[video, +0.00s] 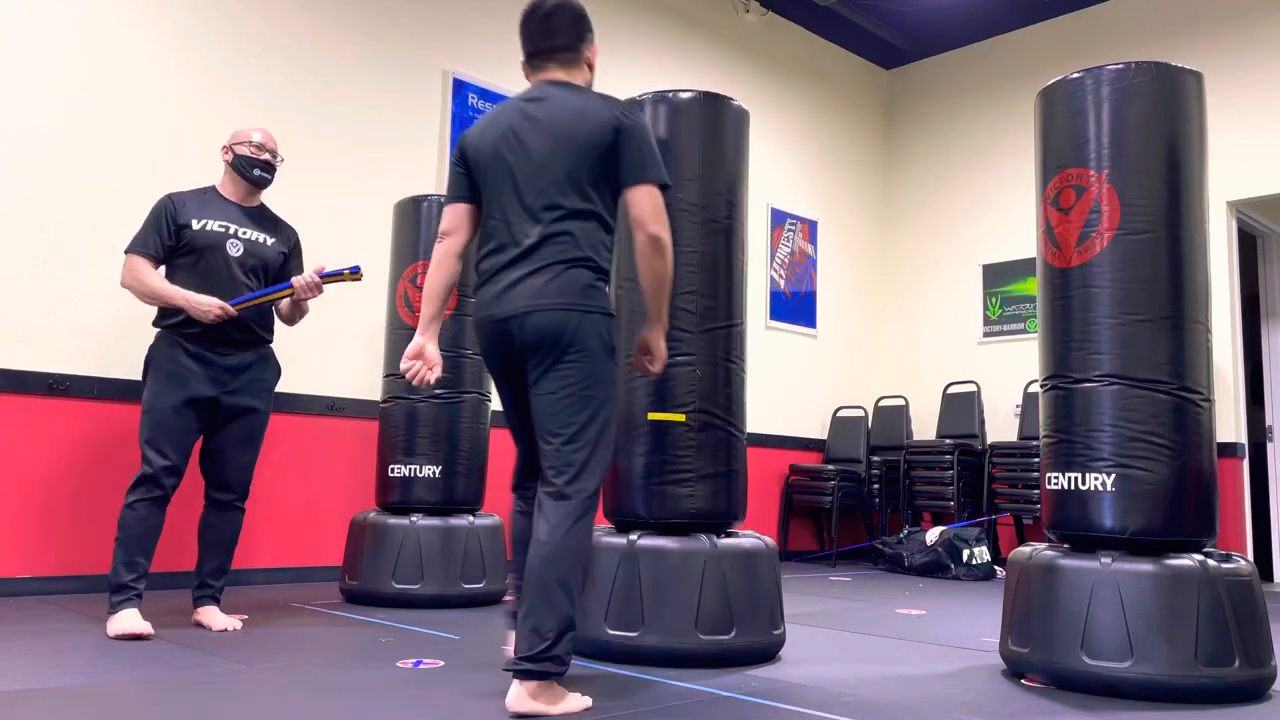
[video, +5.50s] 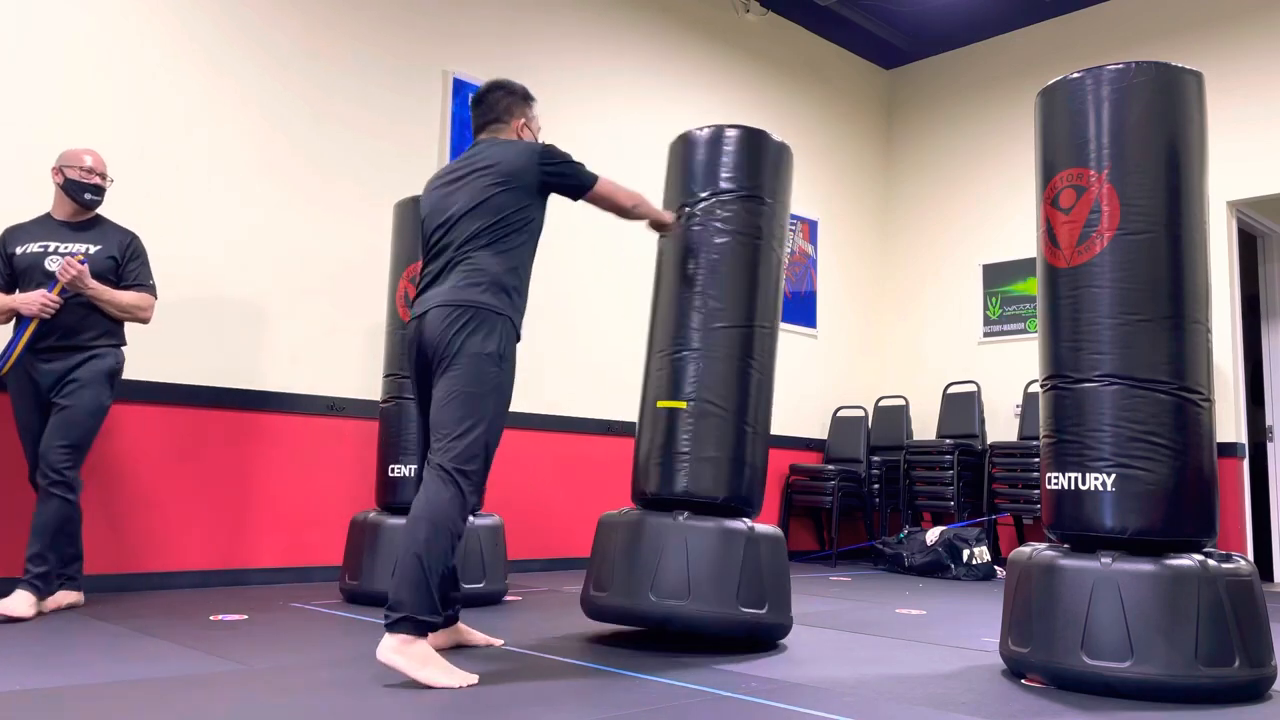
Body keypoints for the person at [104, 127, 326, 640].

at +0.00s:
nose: (264, 154)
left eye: (272, 151)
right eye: (254, 145)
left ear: (278, 169)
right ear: (227, 154)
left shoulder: (284, 236)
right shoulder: (179, 207)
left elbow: (290, 315)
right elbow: (134, 273)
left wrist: (301, 296)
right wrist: (189, 300)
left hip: (249, 372)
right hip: (181, 362)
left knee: (229, 491)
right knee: (157, 478)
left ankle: (208, 601)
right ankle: (125, 603)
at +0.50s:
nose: (213, 162)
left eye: (223, 156)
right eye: (205, 154)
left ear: (240, 165)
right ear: (189, 160)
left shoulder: (262, 233)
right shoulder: (153, 220)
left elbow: (277, 311)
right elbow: (111, 285)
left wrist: (262, 298)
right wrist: (139, 308)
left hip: (230, 372)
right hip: (160, 367)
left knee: (222, 487)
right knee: (134, 479)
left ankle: (207, 602)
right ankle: (124, 593)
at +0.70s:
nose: (148, 175)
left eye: (158, 167)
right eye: (145, 166)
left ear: (193, 167)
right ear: (142, 164)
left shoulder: (234, 230)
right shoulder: (126, 227)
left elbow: (254, 306)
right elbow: (89, 291)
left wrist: (229, 294)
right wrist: (107, 316)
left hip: (206, 370)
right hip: (137, 369)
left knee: (207, 485)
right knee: (128, 484)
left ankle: (206, 601)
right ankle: (125, 597)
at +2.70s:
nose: (223, 174)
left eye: (230, 170)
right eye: (213, 164)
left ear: (236, 184)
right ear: (187, 170)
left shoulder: (249, 240)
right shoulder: (142, 229)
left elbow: (270, 308)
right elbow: (113, 298)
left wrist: (218, 295)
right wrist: (154, 298)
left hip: (214, 374)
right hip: (148, 371)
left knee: (204, 485)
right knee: (136, 481)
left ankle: (189, 594)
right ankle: (126, 594)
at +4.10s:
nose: (153, 185)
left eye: (160, 181)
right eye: (144, 175)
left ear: (167, 192)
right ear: (119, 180)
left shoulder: (180, 249)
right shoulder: (75, 237)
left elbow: (193, 319)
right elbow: (42, 302)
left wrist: (150, 294)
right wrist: (79, 299)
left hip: (146, 383)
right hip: (79, 380)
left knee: (160, 482)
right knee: (72, 484)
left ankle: (176, 590)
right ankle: (70, 587)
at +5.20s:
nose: (104, 183)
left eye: (111, 178)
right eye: (94, 174)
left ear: (117, 189)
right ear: (66, 179)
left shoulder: (133, 244)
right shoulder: (25, 242)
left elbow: (155, 311)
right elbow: (3, 308)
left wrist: (107, 289)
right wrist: (33, 302)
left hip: (105, 374)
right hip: (41, 375)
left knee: (102, 474)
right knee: (53, 480)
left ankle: (101, 587)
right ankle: (68, 586)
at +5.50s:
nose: (96, 181)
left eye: (103, 176)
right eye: (86, 172)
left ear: (108, 186)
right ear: (56, 177)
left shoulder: (122, 241)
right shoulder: (15, 239)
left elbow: (143, 309)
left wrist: (90, 286)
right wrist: (17, 301)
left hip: (90, 366)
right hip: (28, 367)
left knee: (55, 463)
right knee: (45, 472)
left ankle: (32, 585)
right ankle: (68, 583)